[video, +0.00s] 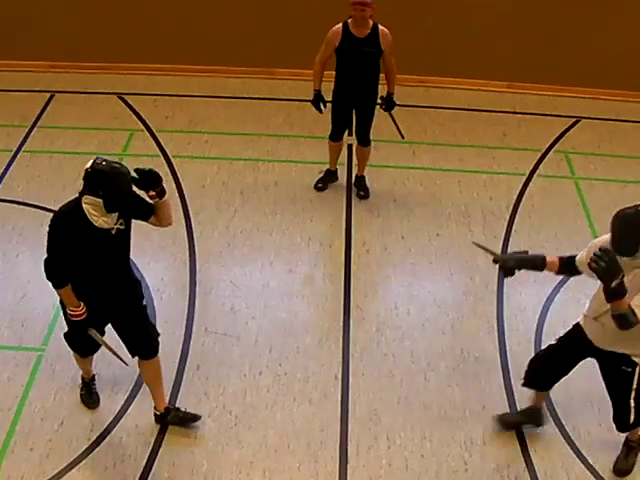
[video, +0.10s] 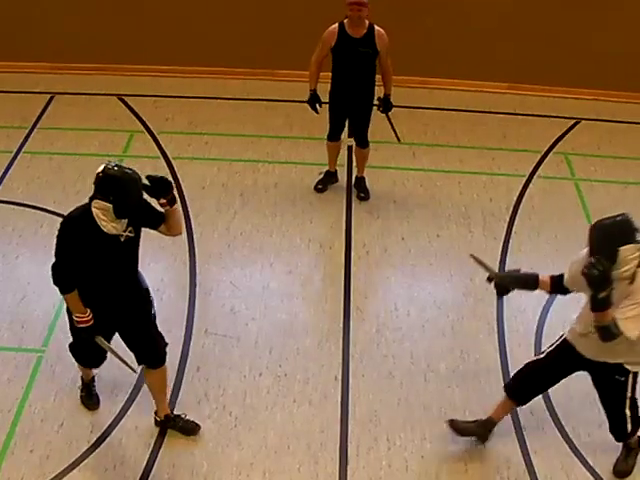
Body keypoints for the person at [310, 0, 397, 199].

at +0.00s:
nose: (359, 13)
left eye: (364, 9)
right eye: (356, 9)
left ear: (371, 11)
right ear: (351, 10)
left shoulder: (382, 35)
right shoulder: (337, 33)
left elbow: (389, 65)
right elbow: (321, 60)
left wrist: (390, 93)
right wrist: (317, 91)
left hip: (367, 95)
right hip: (342, 93)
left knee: (363, 138)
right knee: (336, 134)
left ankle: (360, 177)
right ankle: (331, 171)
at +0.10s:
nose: (355, 13)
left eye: (360, 9)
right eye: (352, 9)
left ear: (367, 11)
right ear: (347, 10)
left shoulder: (378, 36)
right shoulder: (333, 33)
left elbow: (385, 66)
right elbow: (317, 60)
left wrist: (387, 94)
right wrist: (313, 90)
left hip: (363, 96)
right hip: (339, 94)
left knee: (361, 139)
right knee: (333, 136)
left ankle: (360, 178)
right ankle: (331, 172)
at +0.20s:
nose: (352, 14)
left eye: (356, 9)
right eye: (348, 9)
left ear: (363, 11)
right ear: (343, 10)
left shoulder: (373, 36)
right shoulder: (329, 34)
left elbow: (381, 66)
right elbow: (313, 60)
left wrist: (382, 96)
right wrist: (308, 90)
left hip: (360, 96)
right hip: (335, 95)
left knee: (358, 140)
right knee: (331, 136)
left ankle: (360, 179)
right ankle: (331, 173)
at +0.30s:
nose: (346, 14)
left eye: (350, 9)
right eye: (343, 9)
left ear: (358, 11)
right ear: (337, 11)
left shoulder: (368, 36)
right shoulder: (324, 34)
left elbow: (375, 67)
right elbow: (308, 61)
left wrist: (376, 96)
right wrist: (302, 90)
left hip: (354, 95)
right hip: (330, 94)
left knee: (355, 140)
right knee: (327, 135)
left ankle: (357, 178)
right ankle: (329, 173)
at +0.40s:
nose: (342, 13)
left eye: (346, 9)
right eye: (338, 9)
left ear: (352, 11)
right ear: (333, 10)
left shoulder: (364, 35)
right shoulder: (320, 33)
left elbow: (371, 66)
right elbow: (305, 61)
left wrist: (370, 95)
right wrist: (298, 89)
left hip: (352, 94)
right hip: (327, 93)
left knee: (353, 139)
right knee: (325, 135)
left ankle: (354, 178)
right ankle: (327, 172)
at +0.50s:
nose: (341, 12)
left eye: (345, 8)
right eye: (337, 8)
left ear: (351, 10)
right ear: (331, 10)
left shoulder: (363, 34)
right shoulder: (319, 33)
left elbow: (369, 66)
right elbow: (304, 60)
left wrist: (367, 94)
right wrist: (296, 87)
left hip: (351, 95)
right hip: (326, 94)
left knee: (350, 139)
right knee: (325, 135)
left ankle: (350, 181)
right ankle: (328, 172)